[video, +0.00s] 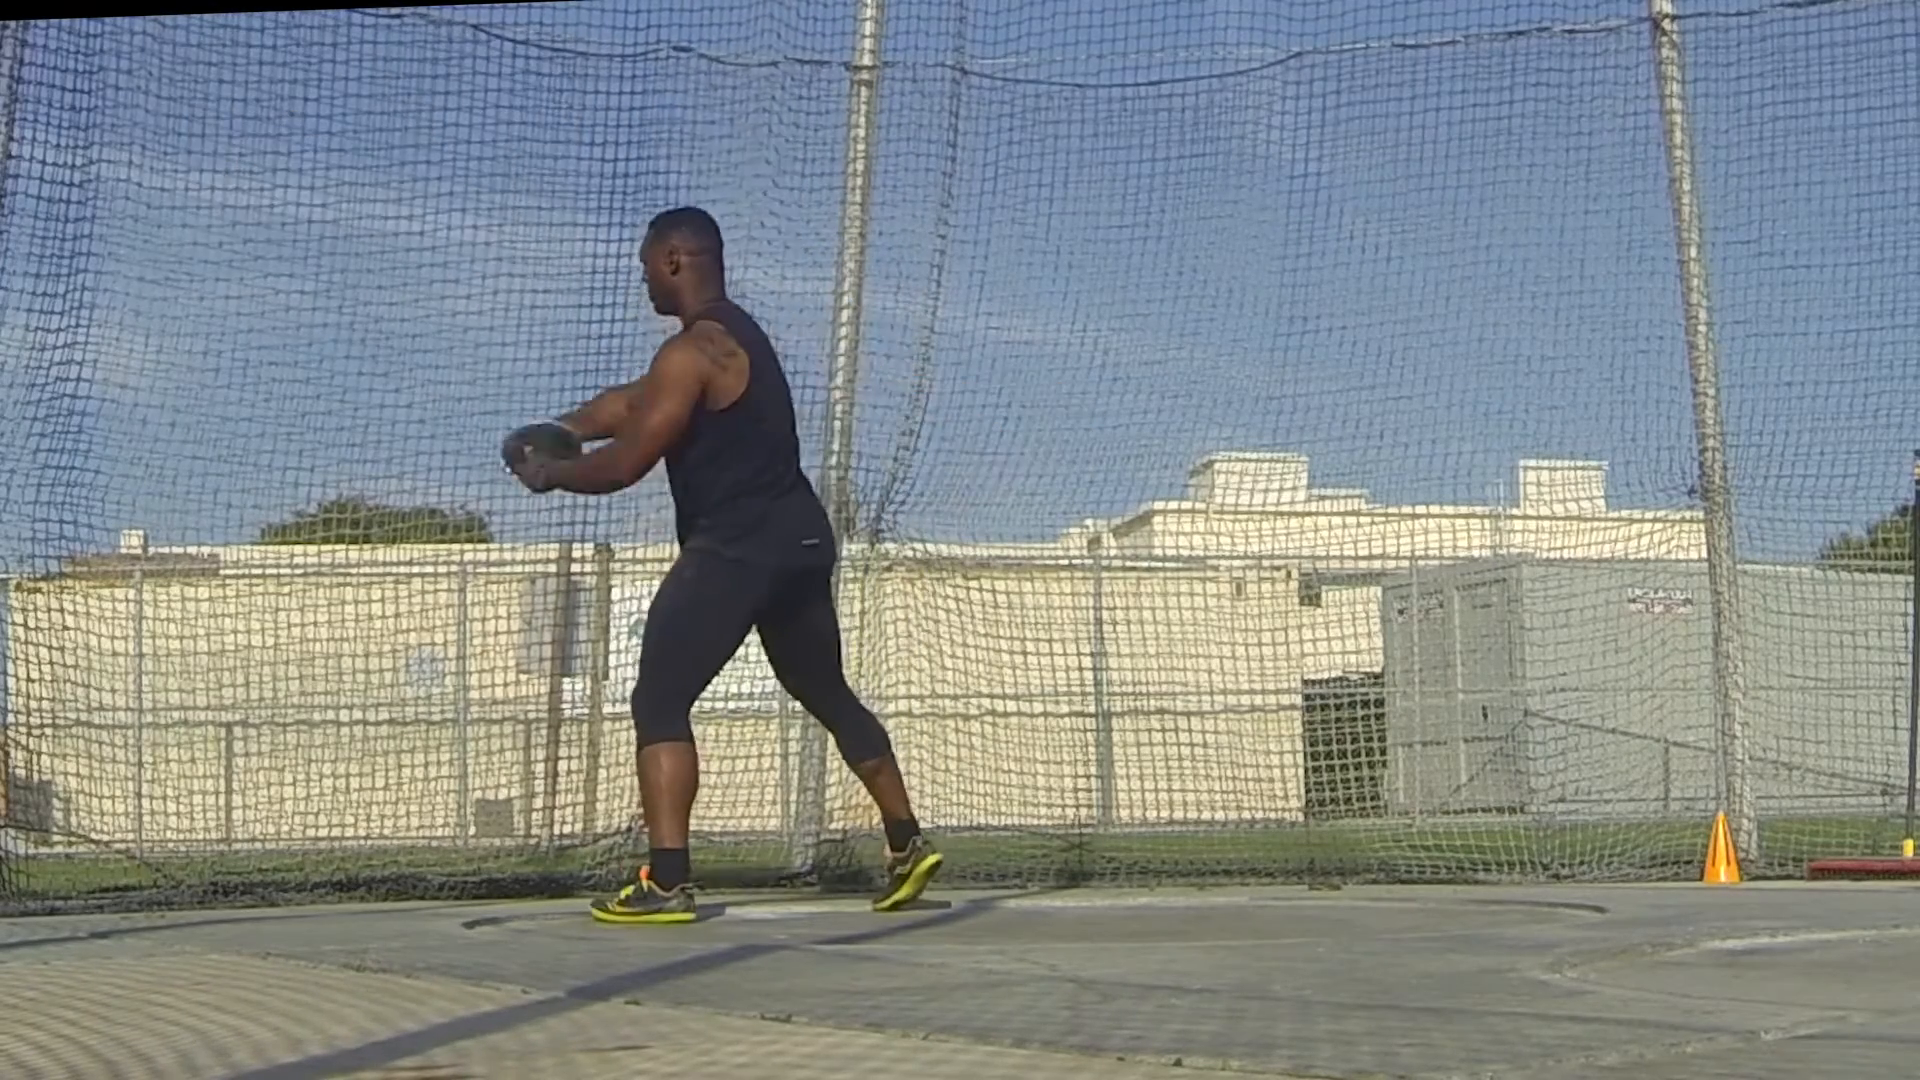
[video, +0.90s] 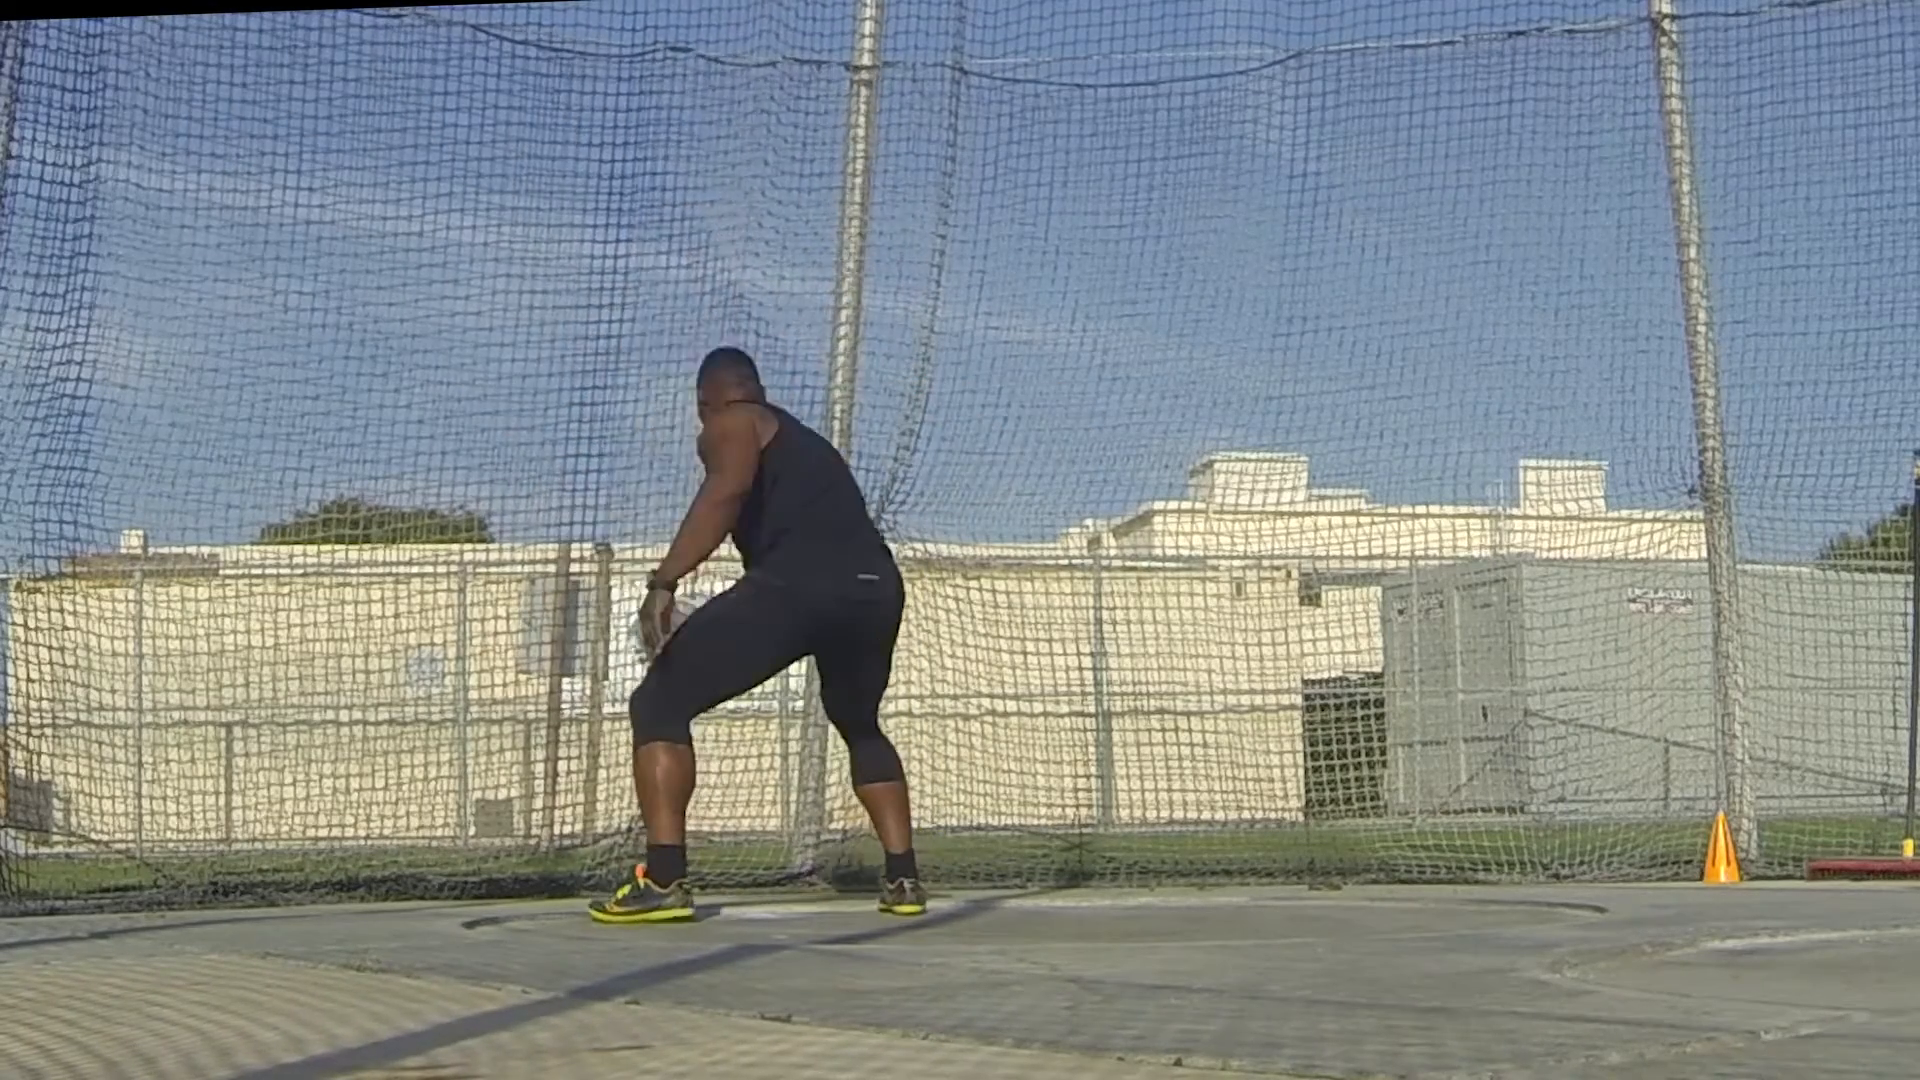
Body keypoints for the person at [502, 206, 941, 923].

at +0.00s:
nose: (642, 280)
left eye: (646, 267)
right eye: (643, 268)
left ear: (674, 263)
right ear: (705, 262)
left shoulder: (688, 352)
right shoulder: (741, 333)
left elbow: (623, 466)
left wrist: (553, 474)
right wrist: (561, 432)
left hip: (730, 553)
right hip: (798, 543)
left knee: (659, 699)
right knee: (825, 690)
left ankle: (666, 880)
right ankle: (908, 841)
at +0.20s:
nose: (650, 268)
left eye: (655, 256)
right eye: (652, 256)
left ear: (684, 254)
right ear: (706, 255)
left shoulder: (729, 347)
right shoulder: (674, 317)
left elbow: (646, 444)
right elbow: (584, 331)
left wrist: (557, 379)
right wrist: (539, 328)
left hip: (729, 540)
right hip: (760, 534)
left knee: (673, 693)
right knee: (803, 686)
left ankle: (669, 877)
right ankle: (895, 832)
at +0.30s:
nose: (653, 264)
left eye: (659, 250)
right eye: (655, 253)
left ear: (690, 251)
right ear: (704, 253)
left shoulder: (748, 346)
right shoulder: (674, 320)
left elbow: (696, 453)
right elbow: (572, 315)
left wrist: (632, 380)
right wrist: (614, 310)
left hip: (729, 538)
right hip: (730, 536)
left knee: (675, 691)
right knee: (799, 689)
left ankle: (671, 877)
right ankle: (886, 830)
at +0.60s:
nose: (634, 295)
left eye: (639, 281)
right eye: (634, 282)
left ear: (671, 276)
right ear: (680, 276)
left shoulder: (757, 361)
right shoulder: (655, 339)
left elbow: (774, 477)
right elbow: (589, 386)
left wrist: (697, 418)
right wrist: (657, 352)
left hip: (749, 549)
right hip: (798, 544)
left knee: (680, 697)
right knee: (807, 698)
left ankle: (670, 879)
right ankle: (904, 857)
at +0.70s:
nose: (630, 345)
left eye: (632, 328)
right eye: (628, 331)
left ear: (659, 318)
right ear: (675, 316)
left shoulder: (743, 380)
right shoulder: (668, 390)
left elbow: (775, 483)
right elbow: (640, 454)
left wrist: (674, 463)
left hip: (775, 561)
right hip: (835, 559)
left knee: (678, 700)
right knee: (826, 707)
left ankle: (669, 879)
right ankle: (903, 869)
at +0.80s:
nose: (651, 393)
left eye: (652, 378)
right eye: (649, 380)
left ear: (677, 369)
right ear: (705, 366)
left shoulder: (726, 405)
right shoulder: (715, 435)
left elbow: (748, 494)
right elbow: (676, 508)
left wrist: (658, 538)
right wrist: (630, 541)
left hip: (796, 579)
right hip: (866, 580)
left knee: (670, 703)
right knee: (844, 715)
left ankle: (666, 881)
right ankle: (902, 876)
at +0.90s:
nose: (701, 417)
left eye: (702, 405)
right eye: (701, 407)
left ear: (714, 396)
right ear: (757, 392)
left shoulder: (731, 421)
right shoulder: (804, 440)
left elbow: (724, 495)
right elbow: (799, 553)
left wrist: (662, 582)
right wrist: (714, 627)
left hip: (797, 586)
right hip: (876, 591)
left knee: (658, 703)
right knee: (861, 724)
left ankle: (662, 879)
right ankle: (904, 876)